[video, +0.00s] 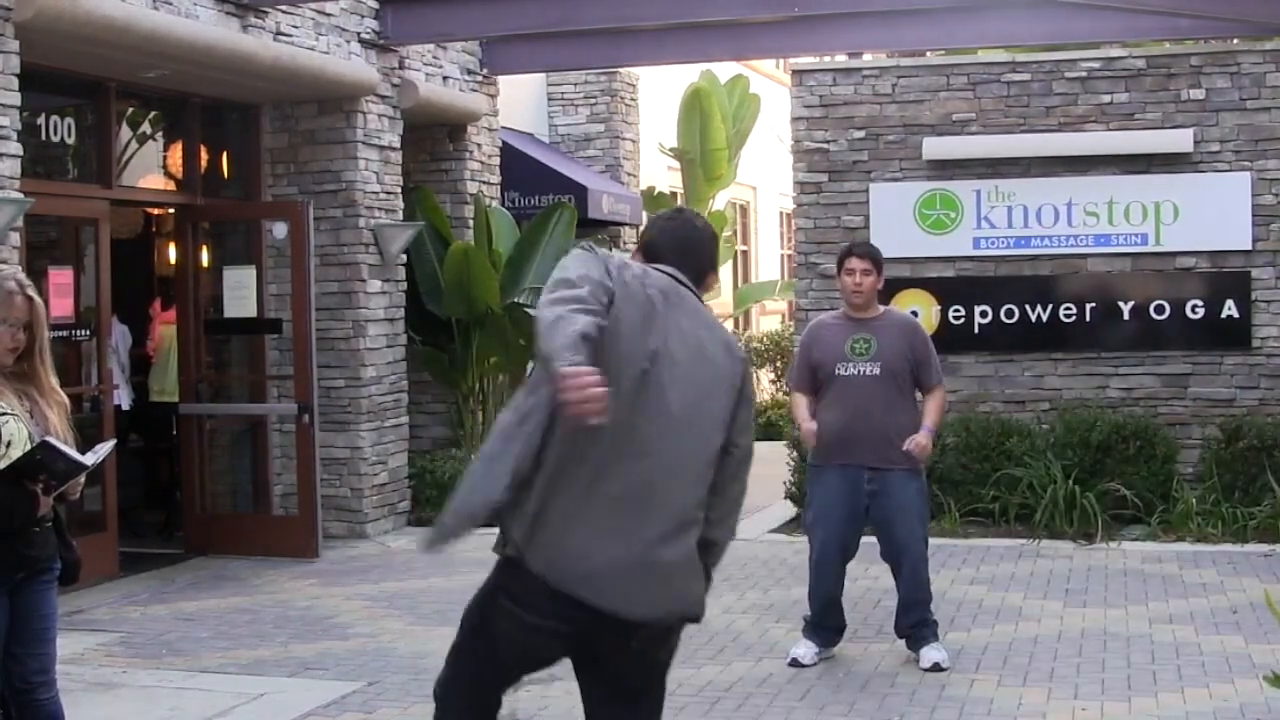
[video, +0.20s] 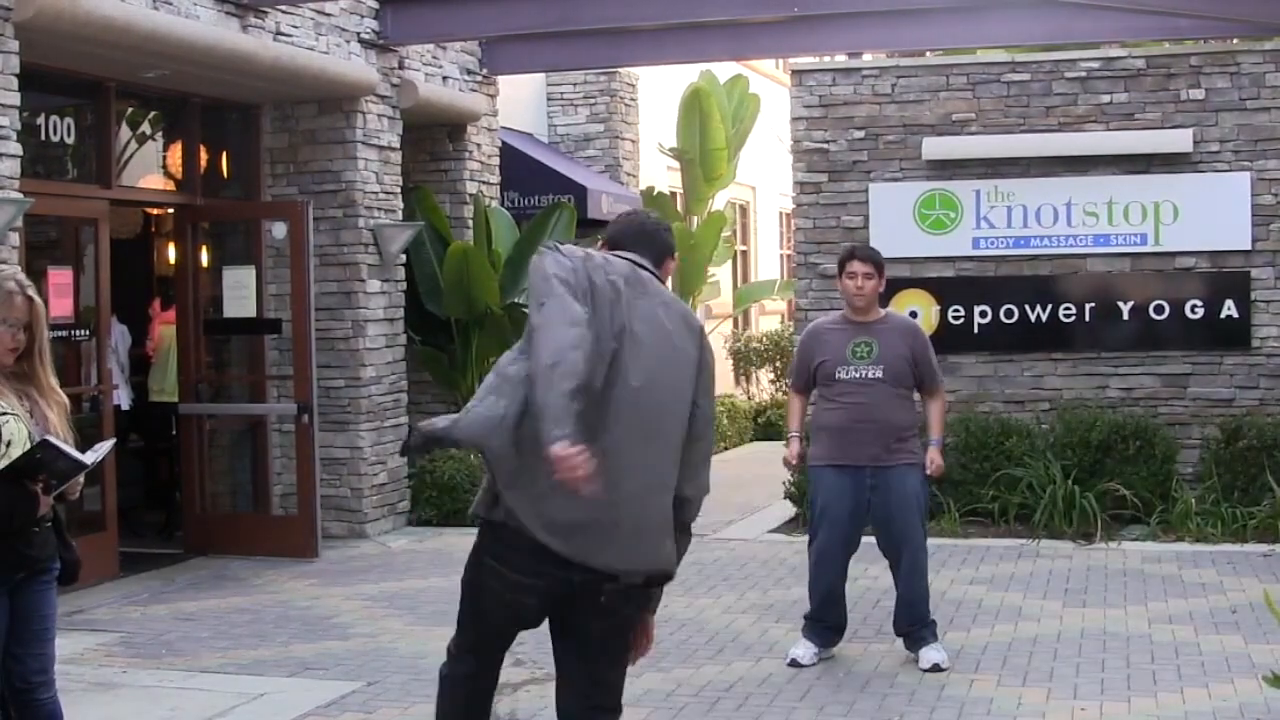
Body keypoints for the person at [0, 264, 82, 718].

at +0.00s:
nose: (13, 337)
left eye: (22, 326)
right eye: (5, 324)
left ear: (32, 331)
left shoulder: (43, 394)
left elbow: (64, 471)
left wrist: (70, 486)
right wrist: (25, 503)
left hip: (36, 563)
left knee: (37, 692)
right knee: (14, 692)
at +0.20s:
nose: (13, 337)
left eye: (22, 327)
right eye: (6, 325)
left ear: (32, 332)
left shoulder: (43, 394)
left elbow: (62, 470)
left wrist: (69, 487)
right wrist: (27, 501)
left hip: (36, 562)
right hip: (3, 562)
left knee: (35, 691)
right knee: (12, 692)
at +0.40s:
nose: (15, 337)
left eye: (23, 327)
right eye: (7, 325)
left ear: (34, 332)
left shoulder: (44, 395)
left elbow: (63, 473)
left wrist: (69, 487)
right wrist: (25, 501)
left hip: (36, 563)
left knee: (36, 691)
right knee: (13, 692)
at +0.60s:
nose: (14, 337)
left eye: (22, 327)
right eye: (6, 325)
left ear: (34, 332)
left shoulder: (45, 395)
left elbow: (63, 468)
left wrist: (72, 486)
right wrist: (27, 502)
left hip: (36, 566)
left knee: (42, 698)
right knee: (11, 700)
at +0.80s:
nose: (13, 336)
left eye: (21, 325)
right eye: (5, 324)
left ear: (32, 332)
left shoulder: (40, 395)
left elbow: (63, 466)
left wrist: (75, 478)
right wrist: (27, 500)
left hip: (37, 564)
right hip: (2, 565)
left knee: (41, 695)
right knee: (8, 696)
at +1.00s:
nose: (12, 335)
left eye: (20, 324)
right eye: (5, 322)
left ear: (32, 331)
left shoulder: (38, 394)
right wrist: (22, 504)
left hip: (34, 565)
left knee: (40, 699)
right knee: (17, 700)